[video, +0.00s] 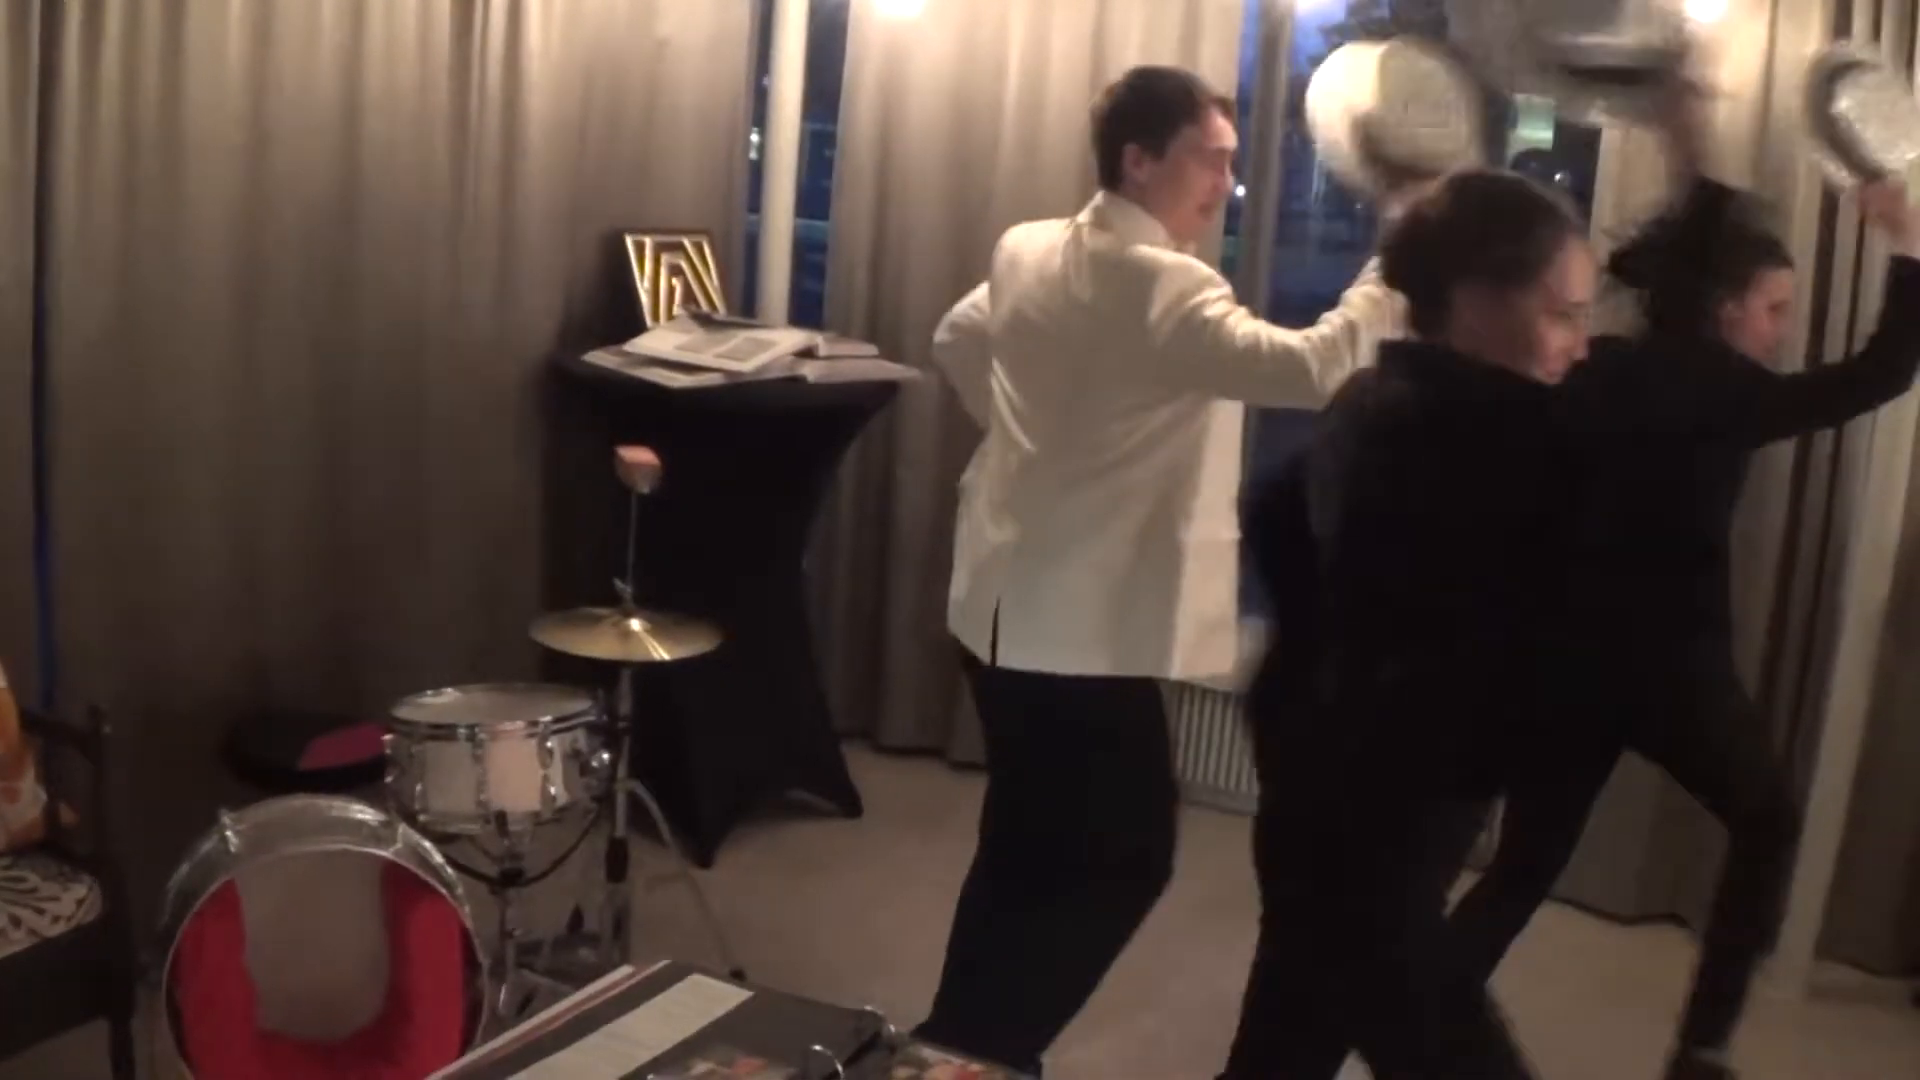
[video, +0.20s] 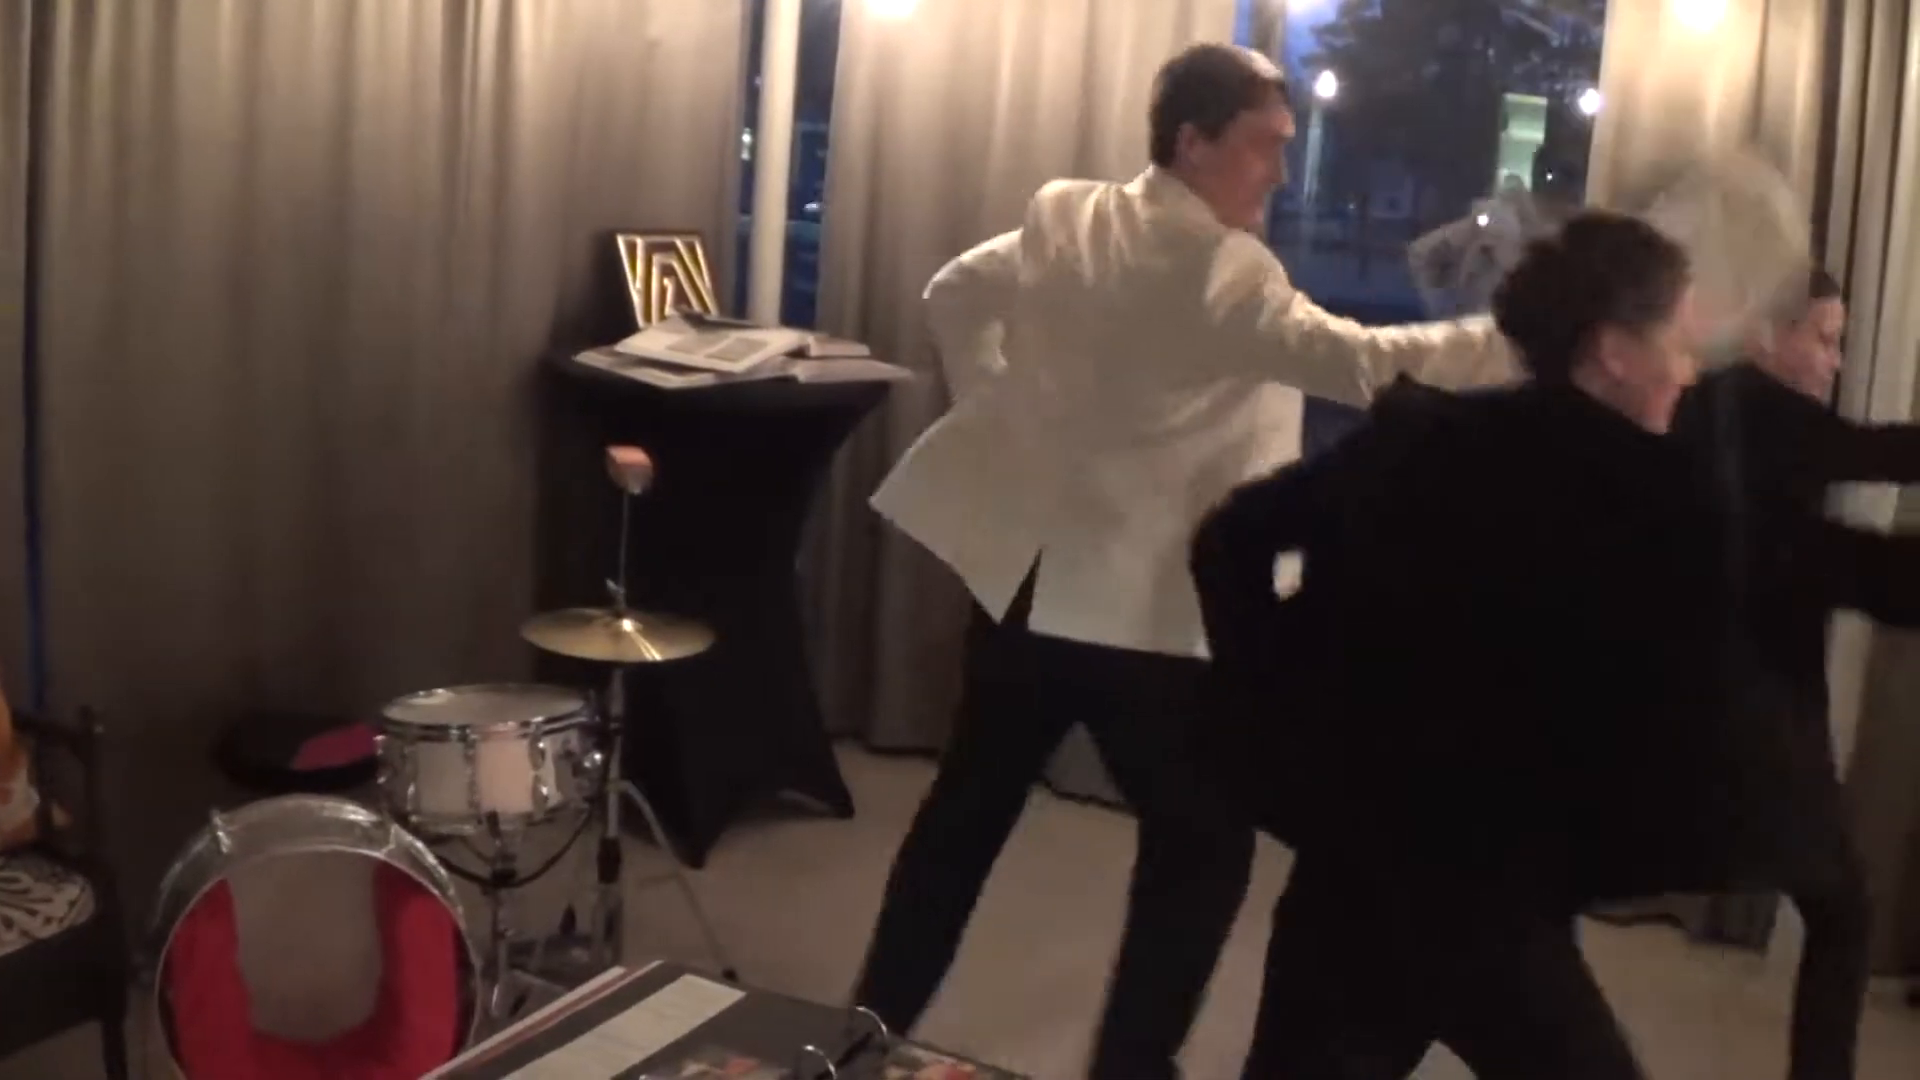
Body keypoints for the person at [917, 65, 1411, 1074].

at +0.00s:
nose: (1229, 183)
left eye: (1231, 162)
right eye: (1213, 161)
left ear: (1126, 167)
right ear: (1142, 161)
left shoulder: (1029, 252)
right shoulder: (1167, 291)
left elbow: (955, 339)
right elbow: (1309, 369)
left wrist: (1027, 435)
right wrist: (1400, 255)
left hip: (997, 613)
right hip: (1087, 634)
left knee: (1024, 838)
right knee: (1131, 855)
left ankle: (958, 1044)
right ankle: (988, 1051)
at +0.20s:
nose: (1281, 172)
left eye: (1284, 149)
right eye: (1268, 147)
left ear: (1182, 144)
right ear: (1192, 141)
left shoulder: (1064, 216)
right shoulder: (1228, 280)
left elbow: (952, 293)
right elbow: (1365, 363)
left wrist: (992, 418)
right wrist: (1515, 334)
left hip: (1019, 581)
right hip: (1146, 616)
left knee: (969, 801)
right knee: (1201, 843)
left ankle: (872, 1031)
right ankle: (1131, 1065)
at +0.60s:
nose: (1351, 257)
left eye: (1357, 233)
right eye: (1339, 231)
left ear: (1259, 228)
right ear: (1267, 222)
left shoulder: (1112, 298)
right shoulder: (1311, 364)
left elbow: (987, 377)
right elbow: (1471, 439)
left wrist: (1037, 529)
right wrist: (1662, 439)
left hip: (1070, 673)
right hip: (1205, 703)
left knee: (959, 880)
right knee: (1290, 910)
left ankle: (831, 1057)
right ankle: (1202, 1078)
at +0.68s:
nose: (1355, 259)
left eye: (1360, 235)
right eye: (1343, 234)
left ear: (1262, 229)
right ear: (1274, 225)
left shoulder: (1114, 299)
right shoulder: (1313, 369)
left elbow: (989, 379)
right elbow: (1471, 441)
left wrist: (1040, 526)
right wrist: (1659, 441)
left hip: (1068, 675)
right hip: (1205, 708)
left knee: (965, 875)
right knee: (1293, 911)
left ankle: (830, 1057)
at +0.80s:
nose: (1357, 256)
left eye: (1361, 234)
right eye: (1343, 232)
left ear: (1261, 228)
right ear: (1274, 227)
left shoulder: (1116, 298)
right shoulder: (1313, 369)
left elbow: (991, 383)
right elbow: (1458, 436)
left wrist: (1038, 529)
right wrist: (1635, 446)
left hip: (1068, 675)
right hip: (1203, 710)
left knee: (962, 880)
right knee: (1293, 925)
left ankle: (831, 1055)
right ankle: (1203, 1079)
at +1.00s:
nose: (1353, 245)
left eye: (1356, 220)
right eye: (1340, 217)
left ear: (1251, 216)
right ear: (1264, 214)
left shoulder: (1115, 294)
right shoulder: (1315, 365)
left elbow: (998, 382)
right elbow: (1437, 452)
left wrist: (1042, 515)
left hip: (1069, 675)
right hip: (1208, 711)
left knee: (979, 864)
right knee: (1283, 919)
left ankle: (841, 1047)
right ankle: (1201, 1078)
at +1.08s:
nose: (1354, 211)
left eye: (1355, 186)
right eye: (1339, 184)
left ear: (1250, 186)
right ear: (1265, 184)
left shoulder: (1122, 264)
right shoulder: (1303, 341)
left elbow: (1011, 352)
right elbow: (1402, 448)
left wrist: (1050, 479)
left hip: (1068, 645)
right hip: (1195, 683)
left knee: (1005, 846)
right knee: (1238, 914)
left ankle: (877, 1043)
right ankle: (1186, 1078)